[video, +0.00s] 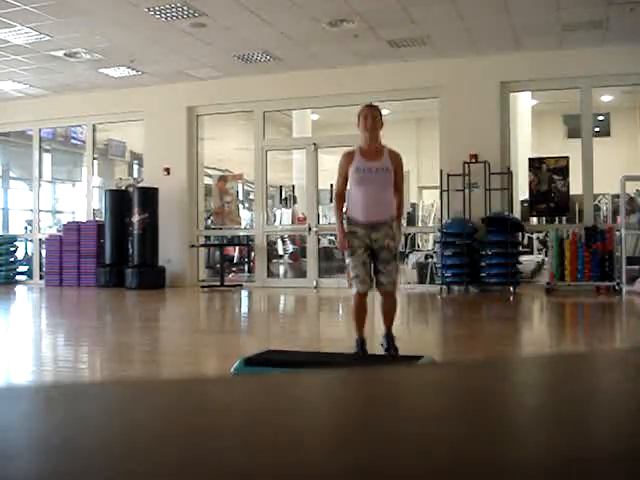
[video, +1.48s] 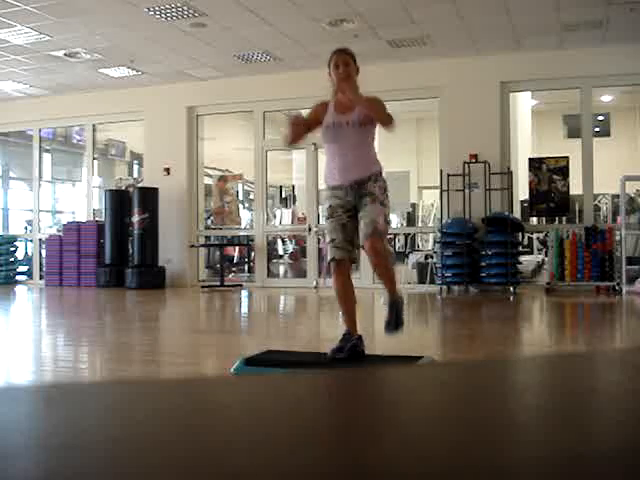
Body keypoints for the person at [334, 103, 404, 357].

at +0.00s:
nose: (369, 123)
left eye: (374, 118)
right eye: (365, 118)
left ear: (381, 123)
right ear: (358, 123)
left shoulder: (393, 157)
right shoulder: (349, 158)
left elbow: (398, 192)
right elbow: (339, 194)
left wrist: (398, 221)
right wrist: (340, 230)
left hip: (386, 226)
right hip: (356, 227)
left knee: (388, 288)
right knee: (361, 288)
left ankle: (388, 335)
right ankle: (360, 340)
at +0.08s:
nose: (370, 121)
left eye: (375, 116)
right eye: (366, 117)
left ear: (382, 122)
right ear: (359, 122)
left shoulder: (394, 156)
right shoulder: (349, 156)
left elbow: (403, 191)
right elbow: (341, 192)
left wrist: (409, 222)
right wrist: (351, 220)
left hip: (390, 225)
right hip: (360, 226)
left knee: (398, 286)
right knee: (360, 289)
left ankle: (391, 328)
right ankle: (359, 339)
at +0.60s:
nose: (386, 105)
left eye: (391, 100)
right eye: (381, 101)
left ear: (401, 103)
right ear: (375, 106)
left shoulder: (414, 135)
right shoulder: (374, 139)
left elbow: (416, 169)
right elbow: (356, 166)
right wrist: (327, 184)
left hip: (410, 213)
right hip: (379, 213)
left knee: (418, 282)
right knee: (360, 270)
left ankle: (424, 343)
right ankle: (372, 317)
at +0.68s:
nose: (379, 93)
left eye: (383, 88)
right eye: (375, 90)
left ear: (394, 91)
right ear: (370, 95)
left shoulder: (408, 119)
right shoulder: (371, 128)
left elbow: (388, 141)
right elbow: (349, 150)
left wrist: (359, 142)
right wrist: (318, 146)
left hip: (411, 201)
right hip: (380, 200)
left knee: (420, 273)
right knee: (358, 247)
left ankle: (428, 340)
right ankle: (366, 315)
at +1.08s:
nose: (356, 84)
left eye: (361, 79)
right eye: (351, 81)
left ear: (370, 84)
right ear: (345, 88)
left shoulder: (384, 112)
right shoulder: (338, 124)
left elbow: (375, 118)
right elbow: (304, 147)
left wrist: (335, 121)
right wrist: (285, 117)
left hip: (393, 194)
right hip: (359, 199)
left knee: (409, 262)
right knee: (345, 263)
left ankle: (426, 321)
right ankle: (345, 335)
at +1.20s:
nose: (346, 73)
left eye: (350, 68)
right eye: (340, 69)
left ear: (360, 72)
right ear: (333, 76)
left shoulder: (377, 102)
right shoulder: (329, 111)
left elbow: (406, 122)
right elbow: (313, 149)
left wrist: (382, 124)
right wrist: (310, 120)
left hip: (383, 177)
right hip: (352, 188)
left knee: (381, 210)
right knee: (346, 258)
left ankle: (403, 259)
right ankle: (348, 331)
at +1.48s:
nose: (342, 69)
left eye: (346, 64)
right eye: (336, 66)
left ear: (356, 70)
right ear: (330, 73)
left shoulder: (369, 103)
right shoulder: (323, 108)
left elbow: (387, 123)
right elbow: (292, 140)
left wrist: (363, 104)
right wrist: (296, 126)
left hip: (370, 184)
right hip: (336, 189)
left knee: (372, 244)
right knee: (339, 262)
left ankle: (394, 297)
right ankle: (351, 334)